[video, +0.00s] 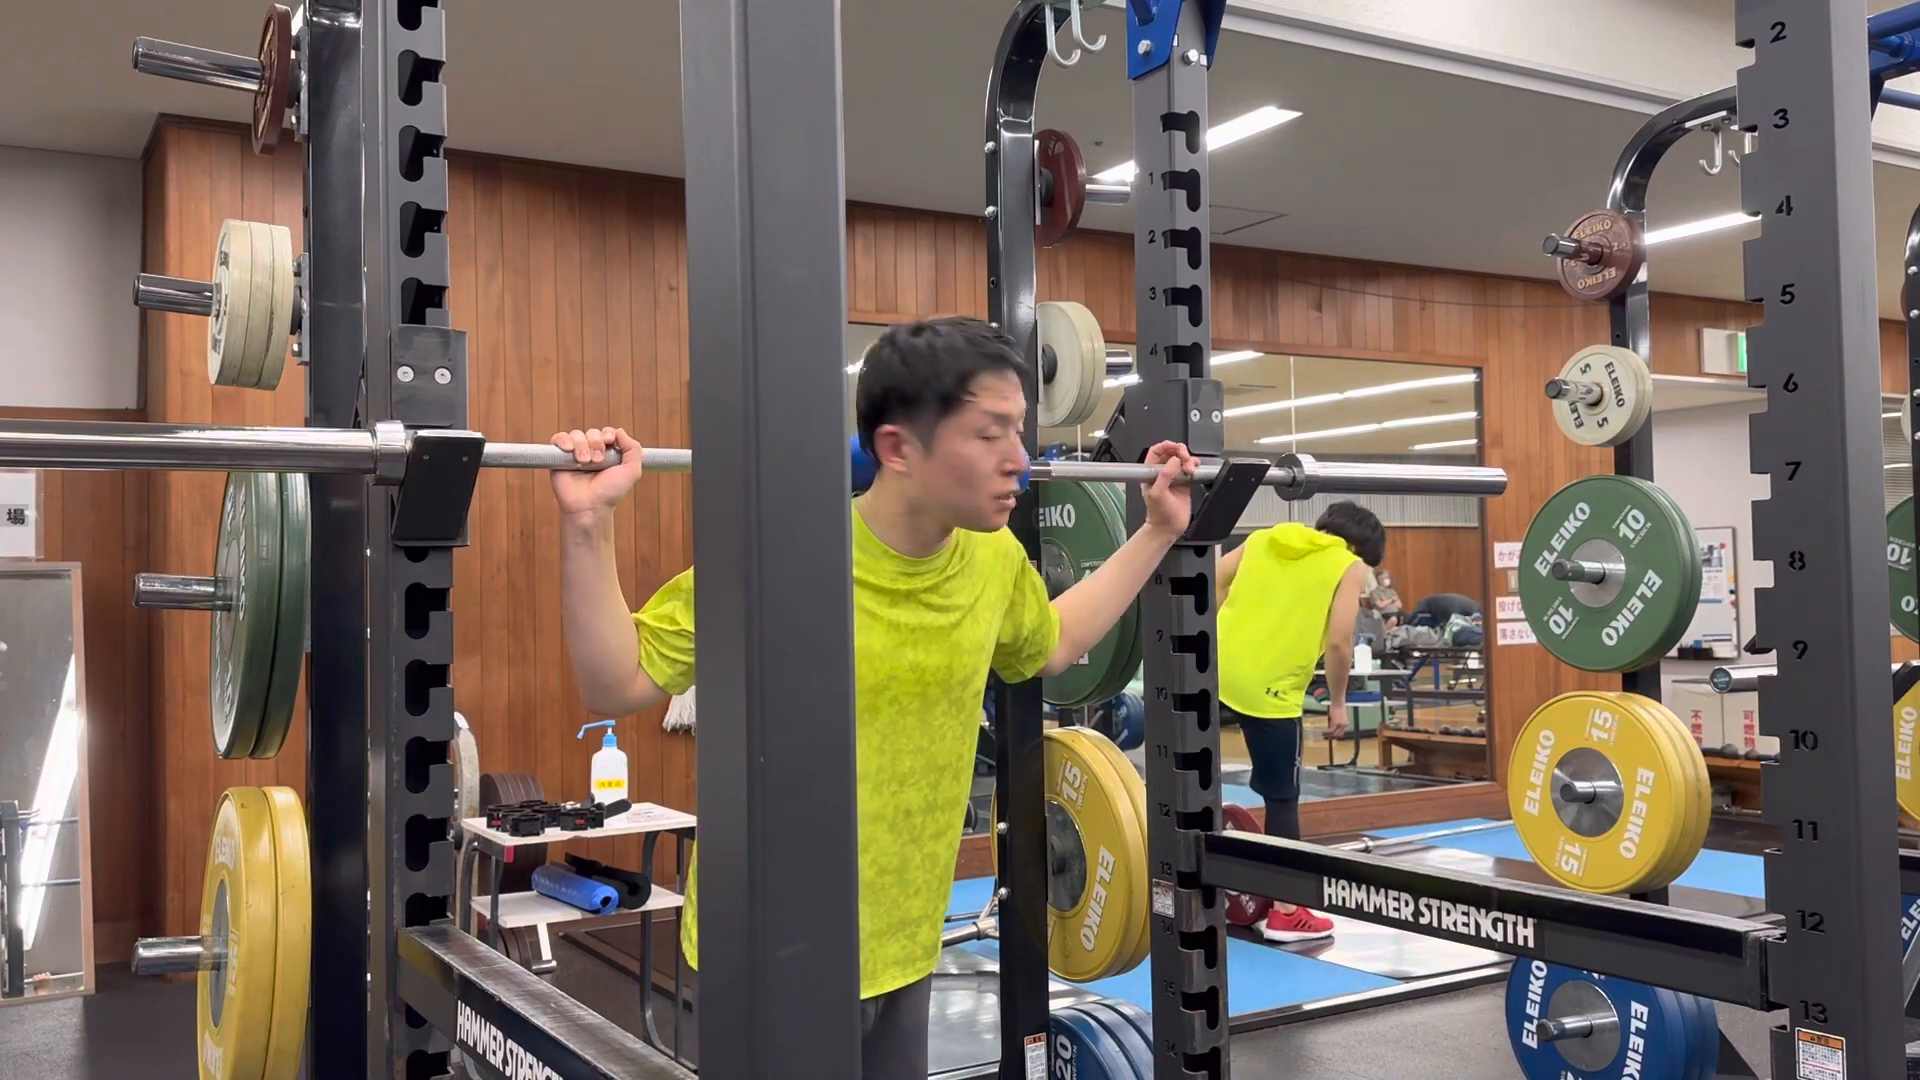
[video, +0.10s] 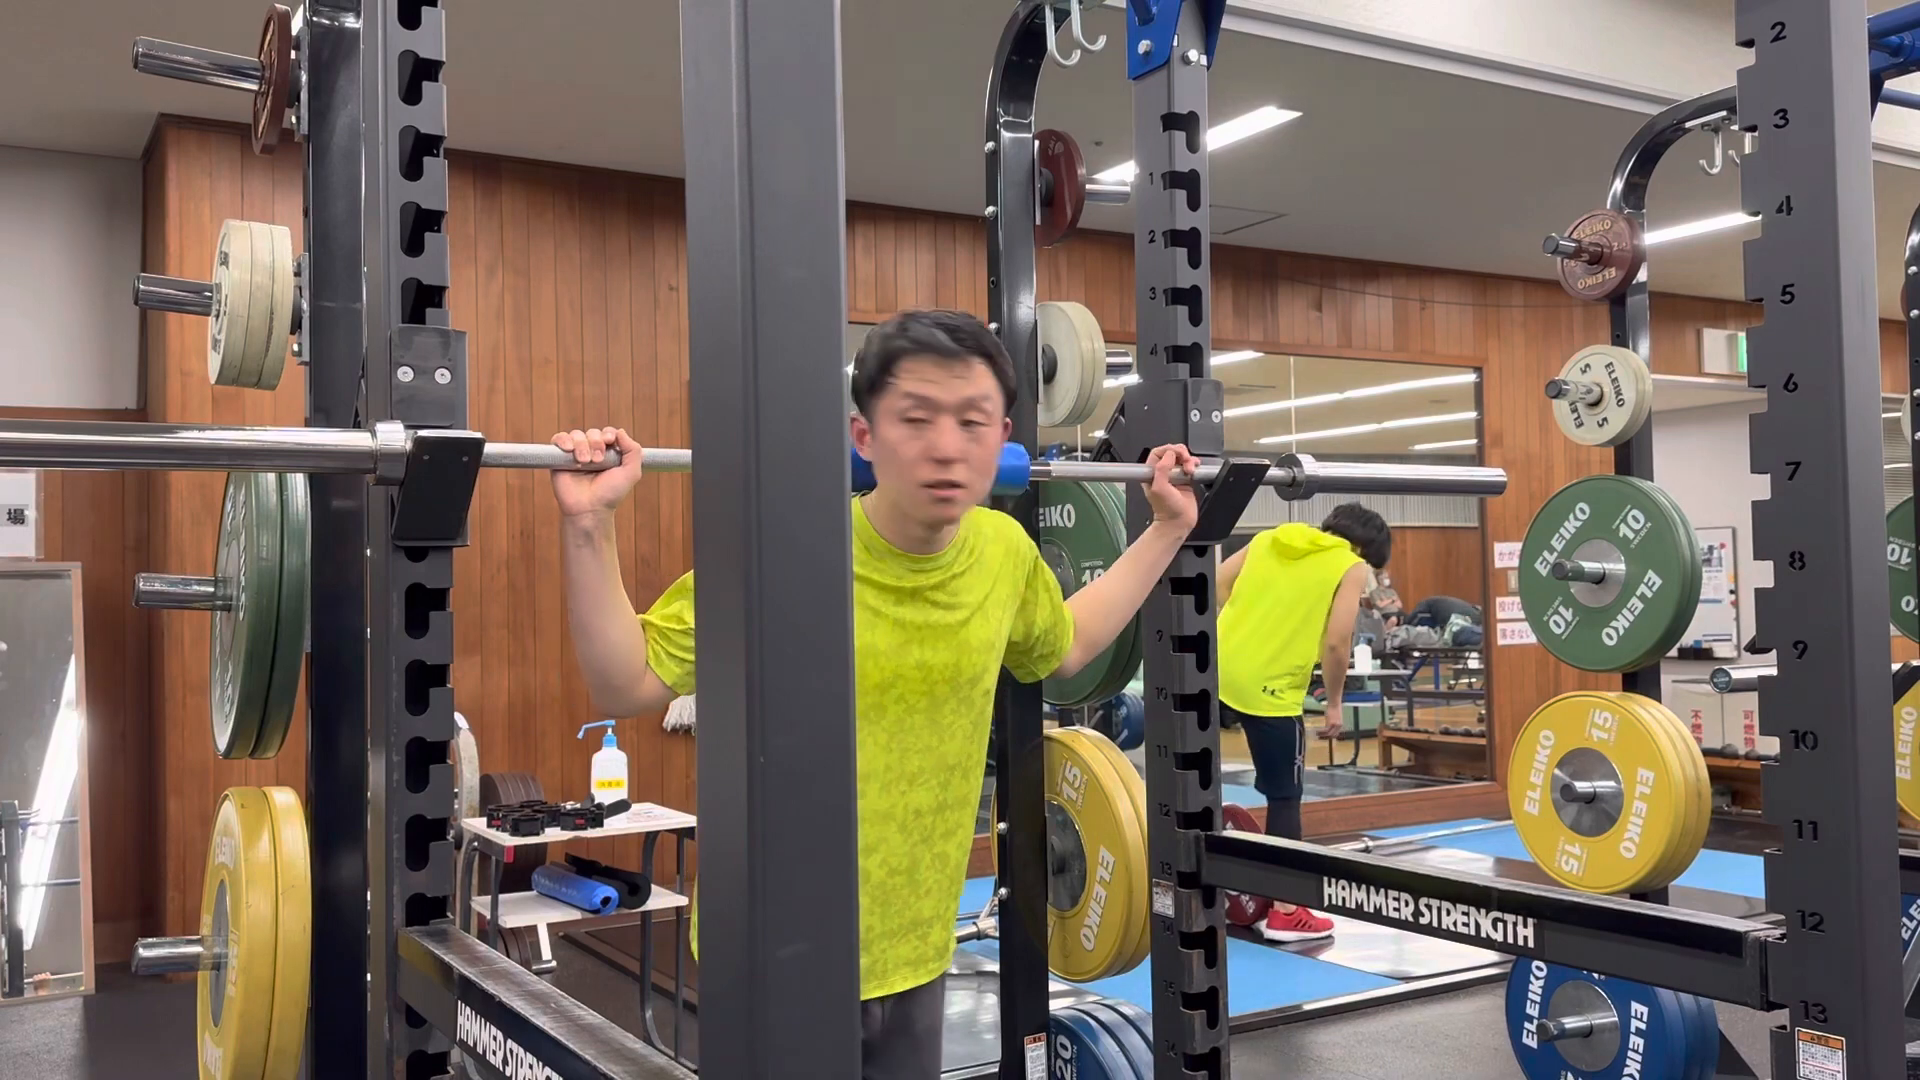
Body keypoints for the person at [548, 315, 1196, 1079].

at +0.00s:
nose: (1020, 461)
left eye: (1019, 434)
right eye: (991, 434)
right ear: (896, 447)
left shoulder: (994, 560)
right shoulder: (785, 559)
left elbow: (1048, 645)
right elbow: (619, 684)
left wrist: (1157, 533)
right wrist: (586, 526)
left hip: (903, 962)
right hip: (770, 970)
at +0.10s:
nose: (948, 449)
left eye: (974, 420)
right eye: (916, 418)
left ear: (1002, 436)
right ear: (863, 435)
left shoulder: (1002, 552)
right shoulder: (788, 549)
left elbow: (1059, 647)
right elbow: (630, 688)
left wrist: (1167, 533)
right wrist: (587, 527)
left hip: (915, 961)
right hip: (777, 966)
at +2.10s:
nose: (960, 430)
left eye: (982, 400)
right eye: (929, 399)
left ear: (1003, 399)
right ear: (863, 398)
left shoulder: (1009, 501)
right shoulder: (796, 502)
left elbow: (1052, 599)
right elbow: (632, 620)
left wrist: (1162, 503)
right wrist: (584, 479)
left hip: (986, 932)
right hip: (844, 952)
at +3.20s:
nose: (1037, 455)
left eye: (1057, 422)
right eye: (1004, 424)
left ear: (1076, 417)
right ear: (924, 419)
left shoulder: (1072, 524)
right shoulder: (842, 532)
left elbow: (1089, 621)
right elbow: (671, 658)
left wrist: (1206, 520)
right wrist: (631, 521)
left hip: (1036, 973)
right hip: (874, 994)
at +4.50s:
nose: (1129, 431)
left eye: (1143, 397)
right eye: (1088, 397)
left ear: (1161, 409)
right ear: (997, 420)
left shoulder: (1150, 551)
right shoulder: (892, 561)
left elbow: (1184, 662)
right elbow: (715, 700)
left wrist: (1299, 548)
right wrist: (675, 550)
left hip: (1111, 1016)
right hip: (924, 1033)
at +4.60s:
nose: (1133, 485)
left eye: (1147, 453)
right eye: (1092, 454)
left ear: (1164, 461)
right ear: (999, 476)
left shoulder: (1151, 599)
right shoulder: (894, 608)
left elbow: (1183, 711)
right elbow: (719, 761)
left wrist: (1298, 598)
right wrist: (677, 612)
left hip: (1091, 1025)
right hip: (914, 1037)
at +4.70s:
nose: (1141, 559)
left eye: (1155, 527)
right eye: (1099, 528)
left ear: (1170, 535)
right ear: (1007, 546)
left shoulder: (1161, 667)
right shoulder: (905, 683)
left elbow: (1193, 768)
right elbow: (729, 834)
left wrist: (1308, 652)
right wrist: (681, 686)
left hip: (1079, 1050)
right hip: (911, 1052)